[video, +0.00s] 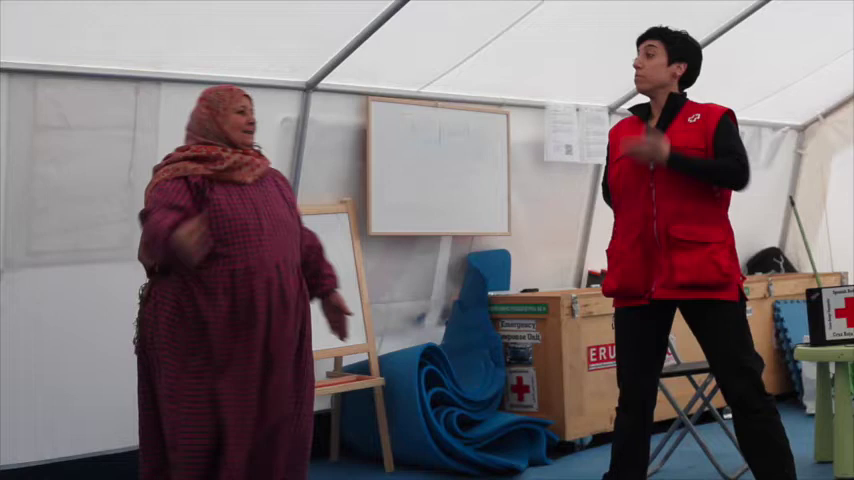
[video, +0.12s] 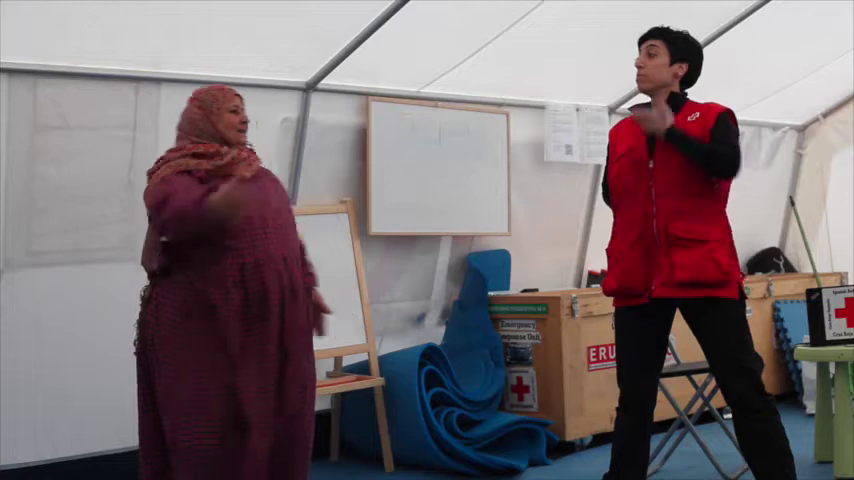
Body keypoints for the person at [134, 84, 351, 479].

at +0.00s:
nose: (252, 119)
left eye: (252, 113)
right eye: (241, 112)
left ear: (254, 121)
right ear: (210, 119)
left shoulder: (271, 178)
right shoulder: (180, 175)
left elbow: (300, 239)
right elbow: (157, 227)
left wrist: (327, 291)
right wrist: (178, 241)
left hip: (274, 332)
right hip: (201, 334)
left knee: (277, 439)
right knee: (201, 438)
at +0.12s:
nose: (245, 118)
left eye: (244, 112)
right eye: (234, 111)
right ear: (204, 119)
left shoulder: (259, 174)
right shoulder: (175, 173)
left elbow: (288, 239)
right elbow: (176, 218)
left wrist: (308, 290)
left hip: (268, 325)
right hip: (199, 330)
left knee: (275, 431)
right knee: (206, 434)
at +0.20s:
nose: (243, 118)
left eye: (240, 111)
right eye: (232, 110)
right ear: (203, 118)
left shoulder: (246, 166)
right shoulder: (178, 168)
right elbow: (183, 208)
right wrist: (245, 189)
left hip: (260, 327)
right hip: (204, 335)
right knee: (213, 436)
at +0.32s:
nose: (249, 120)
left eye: (246, 112)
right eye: (240, 112)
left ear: (210, 120)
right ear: (213, 118)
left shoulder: (230, 163)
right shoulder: (190, 168)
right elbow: (221, 196)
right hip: (212, 337)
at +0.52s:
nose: (281, 137)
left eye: (279, 128)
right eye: (274, 128)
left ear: (233, 132)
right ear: (249, 133)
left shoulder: (208, 173)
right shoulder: (234, 184)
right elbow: (286, 235)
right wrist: (354, 249)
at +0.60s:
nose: (299, 159)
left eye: (299, 151)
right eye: (296, 150)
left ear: (243, 141)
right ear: (274, 150)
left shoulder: (206, 184)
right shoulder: (251, 196)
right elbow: (290, 259)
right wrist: (364, 292)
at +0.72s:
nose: (325, 201)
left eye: (327, 191)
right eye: (323, 191)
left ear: (276, 169)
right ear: (307, 191)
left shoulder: (221, 191)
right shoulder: (276, 233)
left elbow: (165, 224)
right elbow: (305, 314)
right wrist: (361, 357)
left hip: (132, 321)